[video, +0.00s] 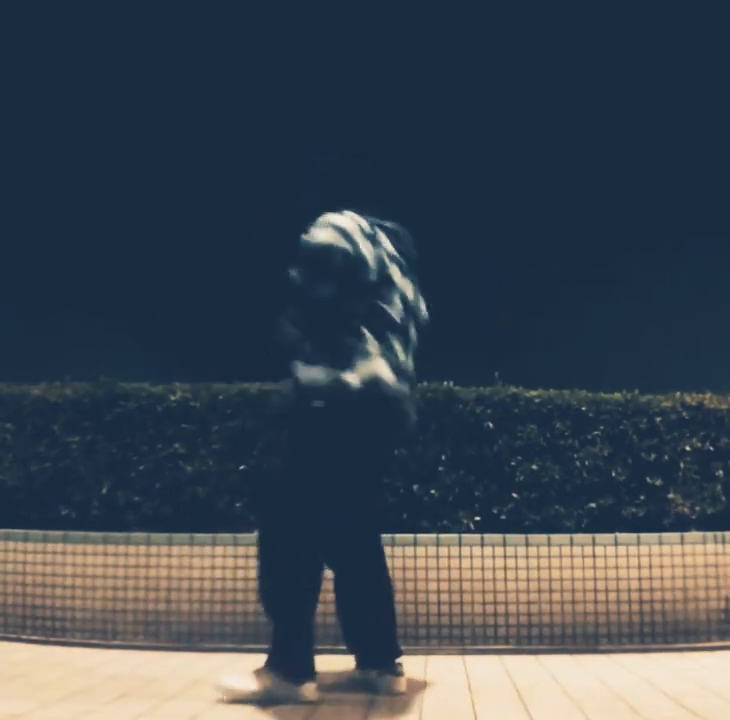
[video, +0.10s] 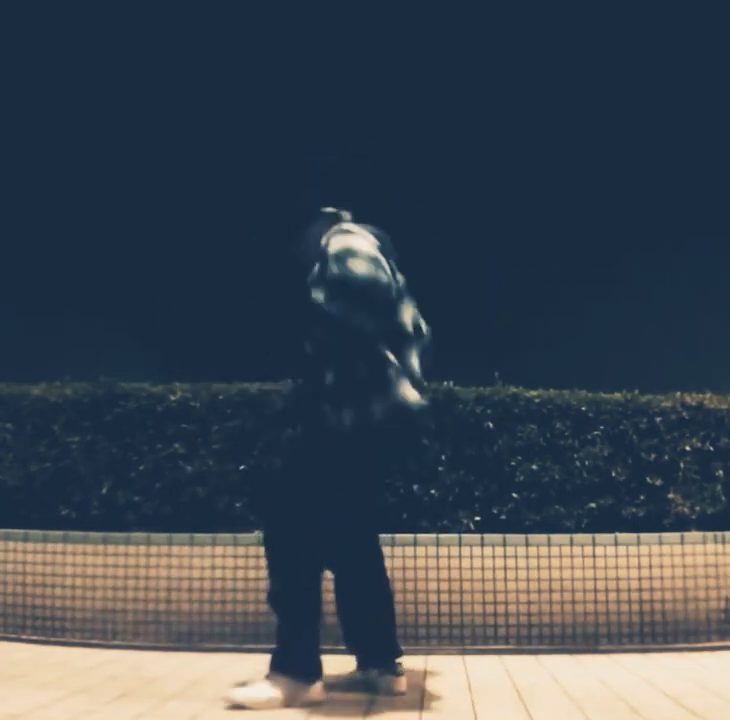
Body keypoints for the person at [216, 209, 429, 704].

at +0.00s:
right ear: (376, 219)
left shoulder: (333, 230)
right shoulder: (398, 268)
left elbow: (310, 292)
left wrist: (292, 332)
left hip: (328, 398)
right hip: (384, 403)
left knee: (290, 524)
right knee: (356, 527)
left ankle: (287, 668)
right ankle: (378, 664)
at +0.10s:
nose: (301, 248)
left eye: (304, 238)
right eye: (305, 240)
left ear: (317, 228)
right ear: (343, 222)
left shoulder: (344, 247)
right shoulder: (368, 252)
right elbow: (412, 326)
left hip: (338, 417)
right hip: (370, 415)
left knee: (289, 529)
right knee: (353, 530)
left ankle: (293, 673)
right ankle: (379, 665)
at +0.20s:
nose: (306, 246)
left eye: (309, 235)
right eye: (307, 238)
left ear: (325, 227)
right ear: (347, 223)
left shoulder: (348, 247)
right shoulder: (369, 259)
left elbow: (349, 309)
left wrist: (309, 366)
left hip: (347, 422)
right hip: (368, 421)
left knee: (285, 531)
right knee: (344, 533)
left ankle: (299, 673)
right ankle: (380, 666)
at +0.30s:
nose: (307, 232)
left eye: (312, 220)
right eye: (305, 221)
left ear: (333, 216)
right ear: (343, 217)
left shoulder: (351, 260)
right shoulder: (366, 257)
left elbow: (306, 343)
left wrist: (239, 363)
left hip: (352, 430)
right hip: (375, 427)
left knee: (280, 526)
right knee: (321, 530)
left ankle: (297, 673)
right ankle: (374, 662)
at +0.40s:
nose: (312, 240)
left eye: (316, 228)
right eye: (307, 233)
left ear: (334, 221)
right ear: (314, 239)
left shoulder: (366, 246)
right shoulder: (330, 286)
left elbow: (308, 297)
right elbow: (274, 346)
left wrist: (240, 324)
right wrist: (198, 363)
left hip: (382, 410)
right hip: (358, 417)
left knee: (327, 537)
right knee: (333, 539)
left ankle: (301, 675)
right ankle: (381, 653)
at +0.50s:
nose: (306, 246)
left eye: (308, 237)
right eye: (307, 238)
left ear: (318, 238)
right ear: (343, 236)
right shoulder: (371, 270)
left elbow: (296, 297)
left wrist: (247, 324)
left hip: (371, 415)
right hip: (416, 413)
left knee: (354, 524)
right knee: (394, 526)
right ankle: (390, 646)